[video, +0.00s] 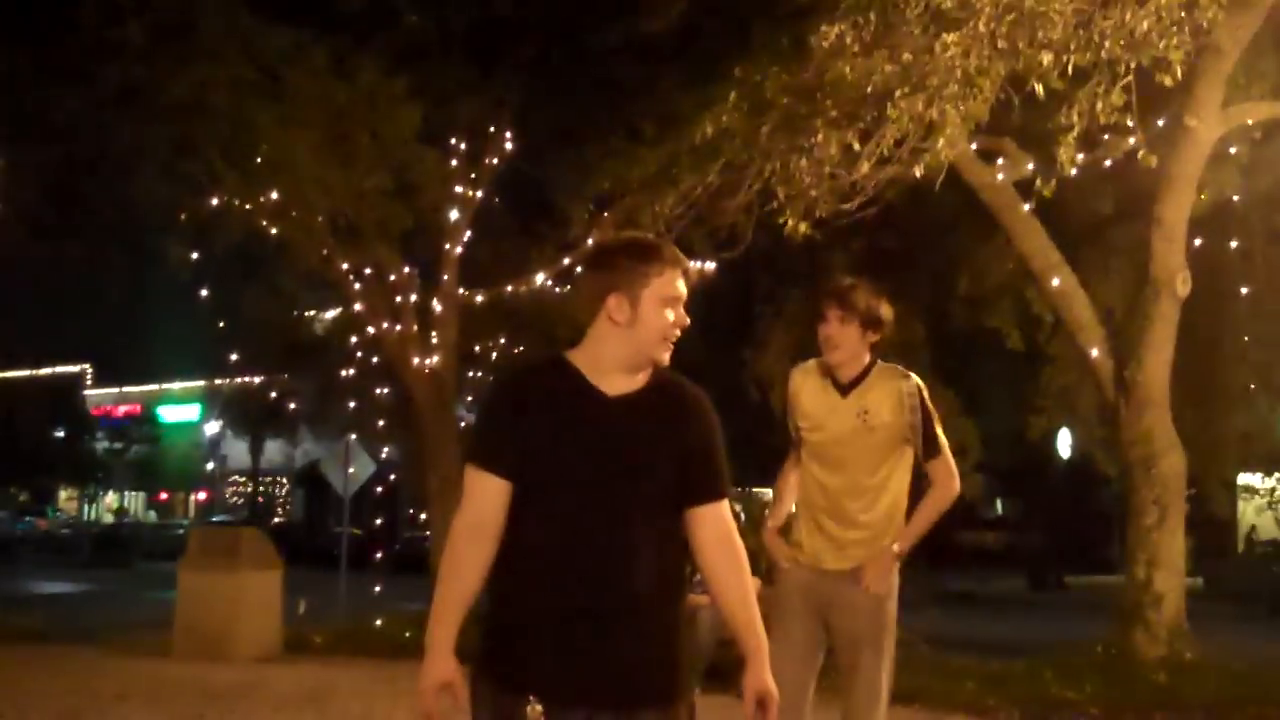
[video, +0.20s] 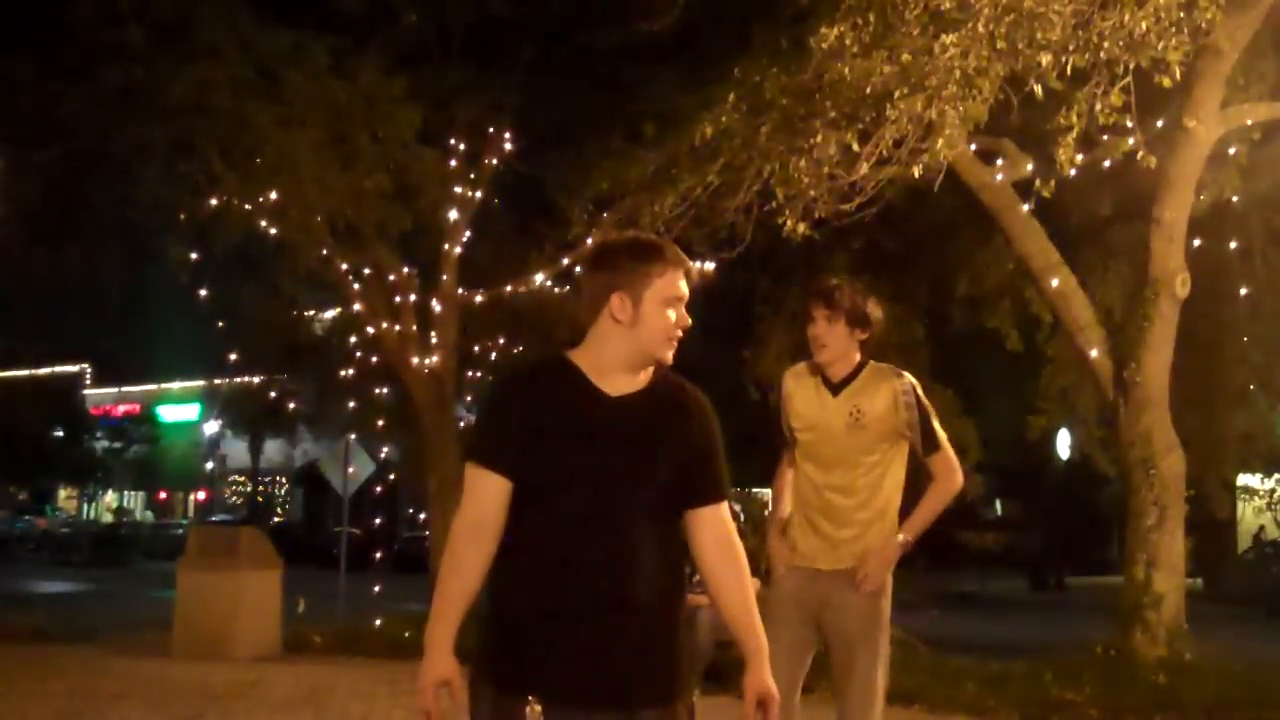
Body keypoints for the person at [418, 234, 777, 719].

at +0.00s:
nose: (683, 321)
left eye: (682, 306)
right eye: (670, 304)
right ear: (617, 308)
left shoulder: (683, 410)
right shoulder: (525, 394)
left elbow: (716, 538)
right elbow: (477, 525)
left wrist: (757, 655)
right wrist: (439, 647)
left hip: (644, 687)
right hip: (527, 685)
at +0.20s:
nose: (685, 321)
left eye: (684, 306)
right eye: (672, 304)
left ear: (626, 309)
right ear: (620, 307)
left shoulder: (683, 410)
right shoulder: (524, 394)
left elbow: (715, 539)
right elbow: (477, 524)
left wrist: (757, 657)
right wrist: (438, 646)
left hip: (645, 683)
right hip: (527, 682)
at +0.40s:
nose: (687, 324)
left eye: (686, 309)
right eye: (674, 307)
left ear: (627, 311)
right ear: (621, 309)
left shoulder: (685, 413)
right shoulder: (526, 397)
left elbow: (716, 541)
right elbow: (481, 525)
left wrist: (757, 662)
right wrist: (444, 649)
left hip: (647, 686)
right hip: (528, 685)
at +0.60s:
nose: (761, 320)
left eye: (763, 306)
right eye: (747, 304)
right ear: (693, 299)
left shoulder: (761, 414)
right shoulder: (605, 390)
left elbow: (796, 536)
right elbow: (557, 511)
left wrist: (836, 647)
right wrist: (518, 630)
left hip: (719, 661)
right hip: (601, 656)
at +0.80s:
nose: (825, 292)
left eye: (828, 277)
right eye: (811, 275)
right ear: (752, 272)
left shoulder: (822, 366)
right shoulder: (668, 351)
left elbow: (856, 495)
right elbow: (612, 477)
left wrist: (889, 618)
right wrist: (567, 592)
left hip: (773, 640)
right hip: (658, 636)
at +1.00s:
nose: (768, 308)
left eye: (772, 291)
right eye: (753, 292)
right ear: (699, 291)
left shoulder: (777, 378)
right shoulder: (618, 362)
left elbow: (801, 511)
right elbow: (566, 486)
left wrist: (821, 633)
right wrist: (517, 598)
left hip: (725, 646)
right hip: (609, 639)